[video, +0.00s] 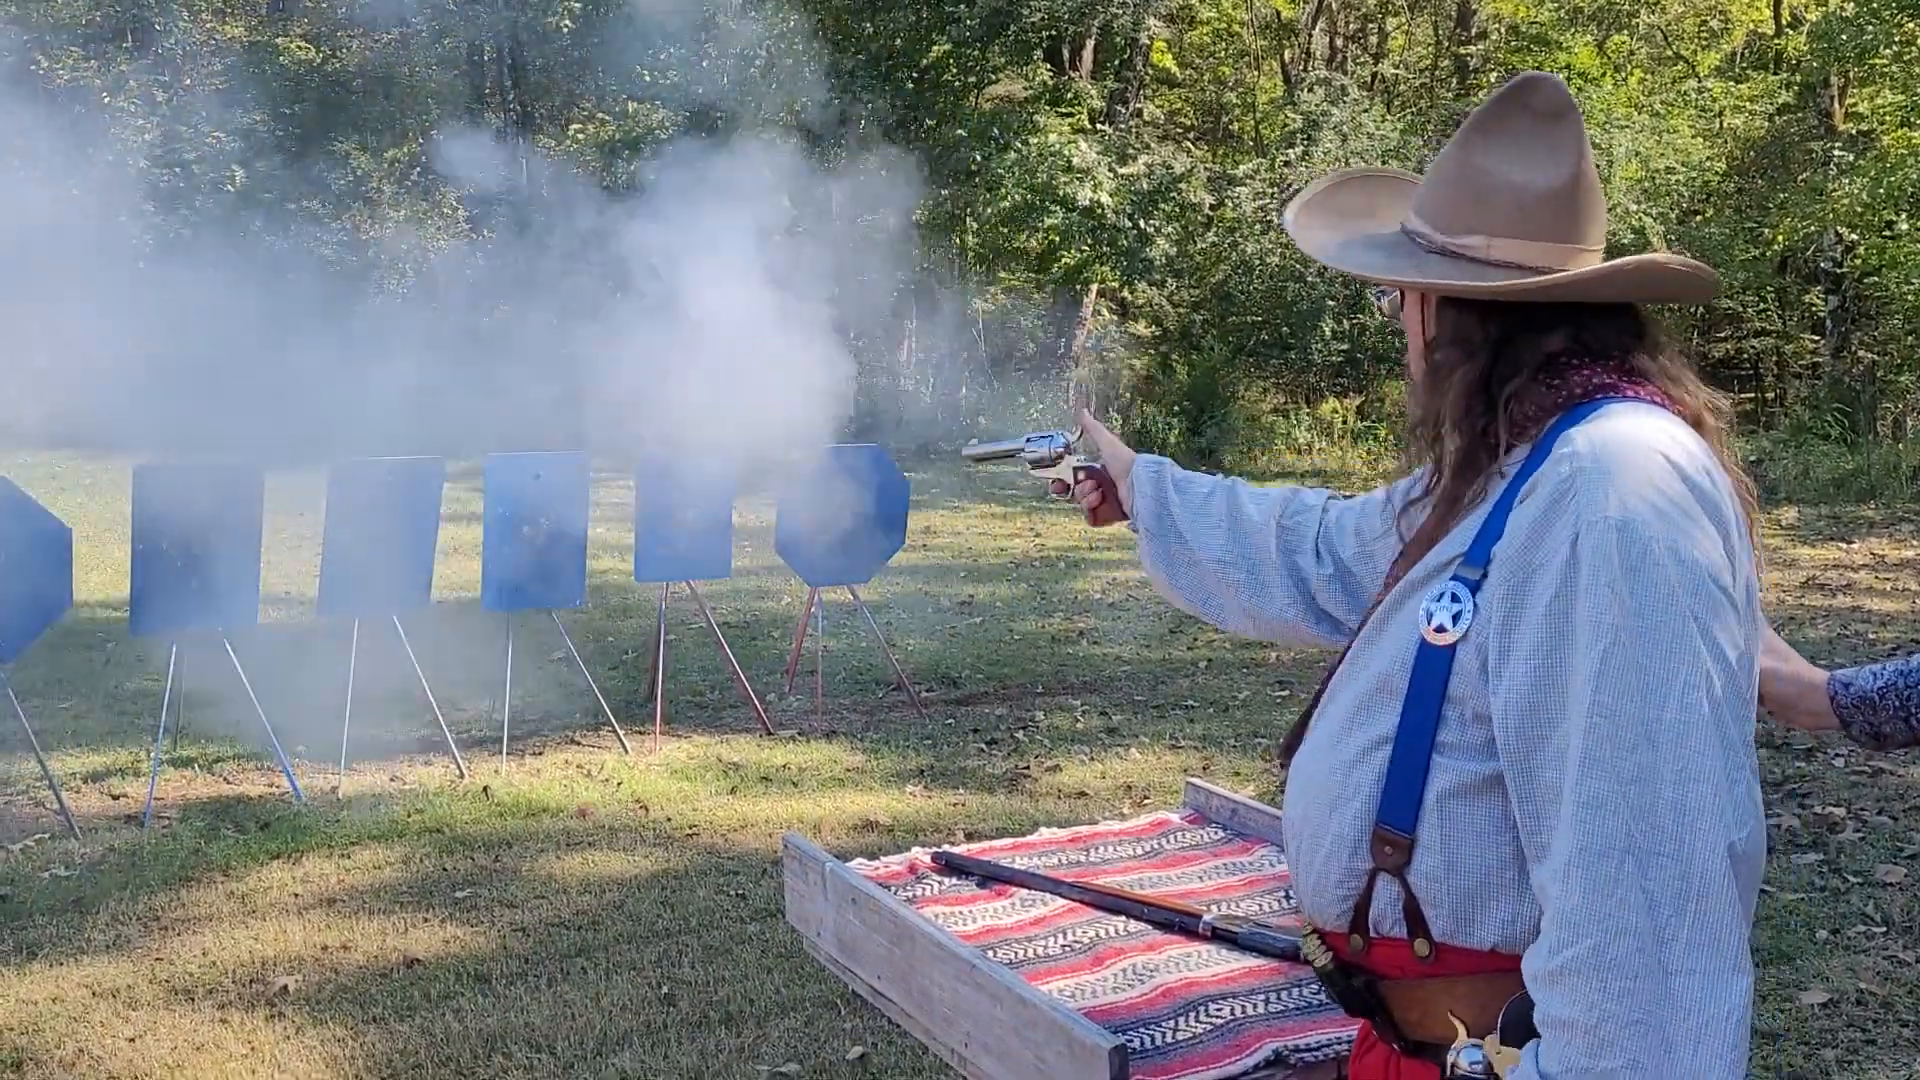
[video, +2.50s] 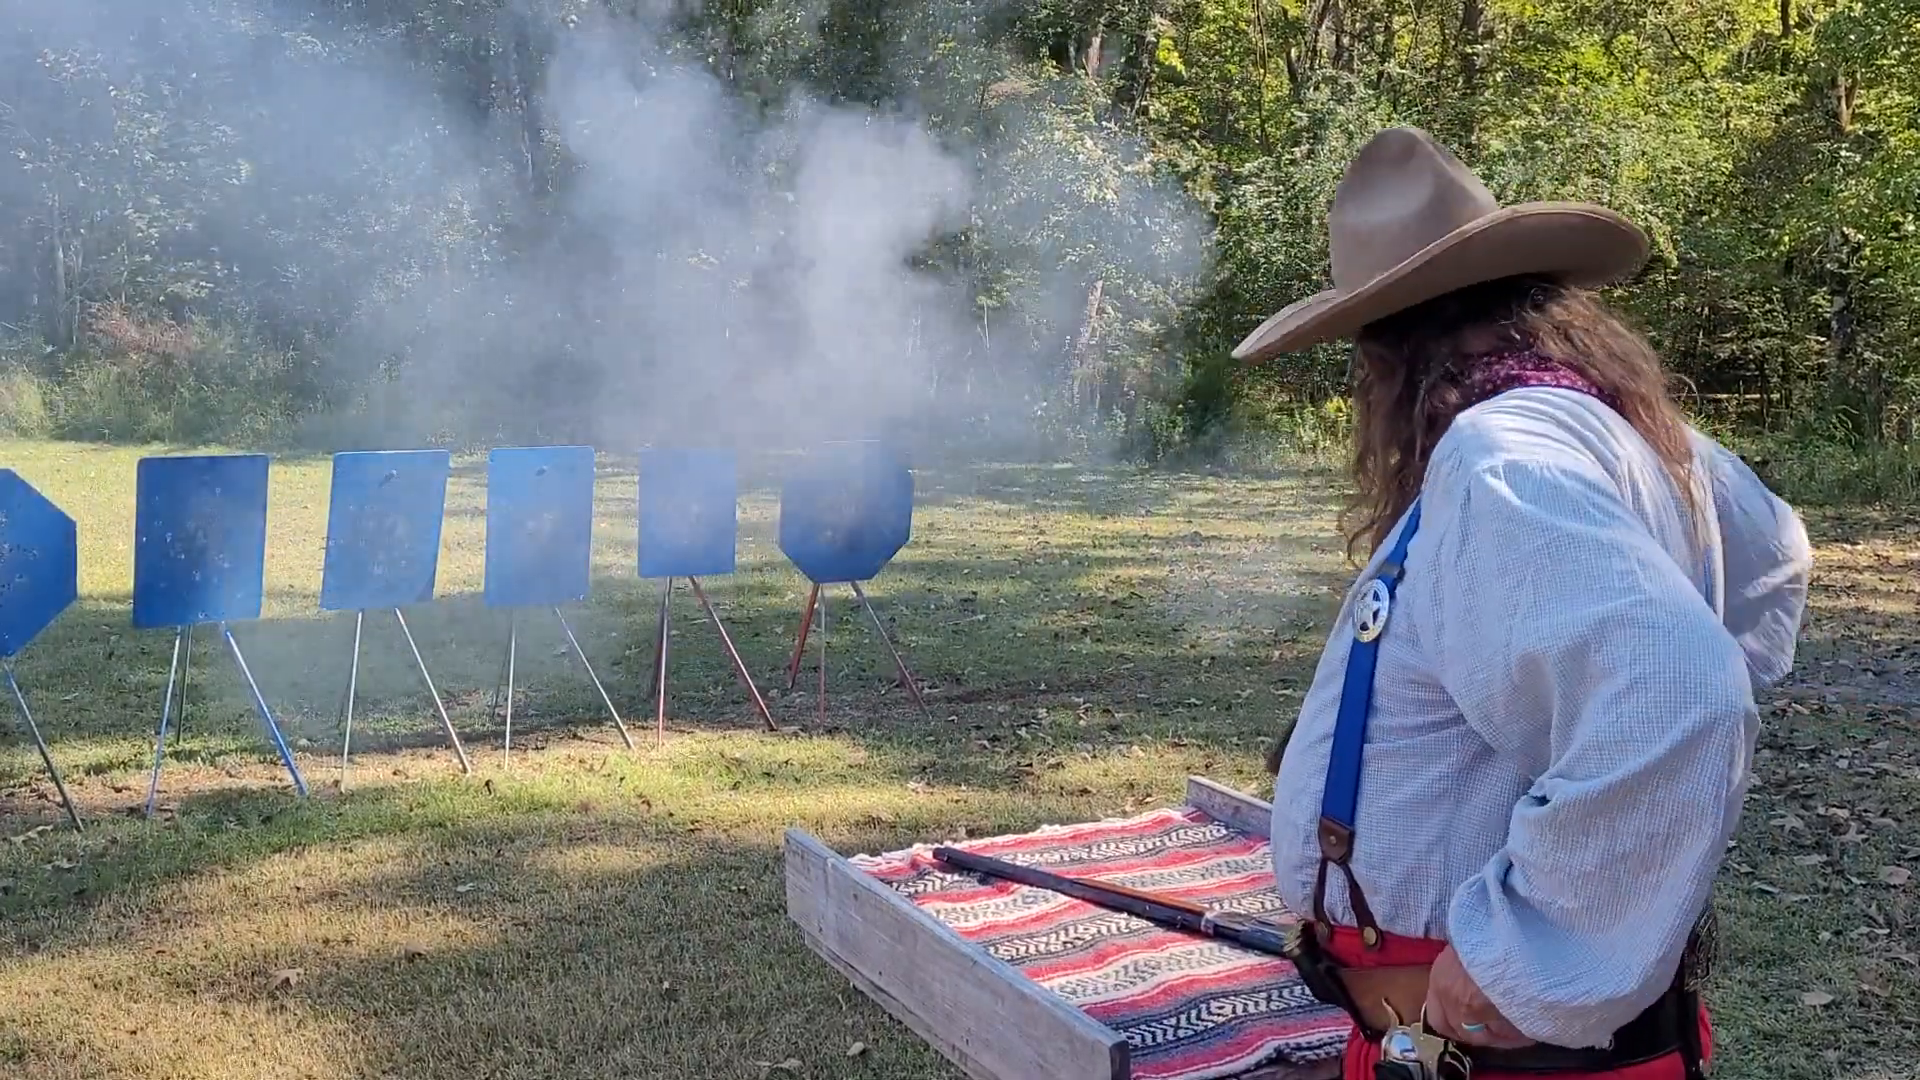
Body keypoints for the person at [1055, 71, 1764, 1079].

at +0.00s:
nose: (1396, 317)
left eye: (1403, 289)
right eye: (1398, 288)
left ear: (1438, 310)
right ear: (1541, 303)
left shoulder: (1623, 493)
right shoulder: (1496, 469)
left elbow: (1647, 917)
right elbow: (1325, 546)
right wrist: (1144, 489)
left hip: (1489, 1037)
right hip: (1397, 998)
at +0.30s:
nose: (1403, 318)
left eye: (1416, 294)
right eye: (1404, 291)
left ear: (1466, 314)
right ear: (1544, 308)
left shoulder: (1572, 494)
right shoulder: (1528, 462)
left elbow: (1563, 898)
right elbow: (1388, 534)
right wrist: (1256, 477)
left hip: (1483, 1028)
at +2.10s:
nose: (1409, 335)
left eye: (1420, 309)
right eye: (1412, 306)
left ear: (1462, 323)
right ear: (1572, 310)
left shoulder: (1548, 478)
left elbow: (1596, 811)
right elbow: (1412, 507)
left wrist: (1437, 1047)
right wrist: (1306, 423)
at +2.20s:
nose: (1403, 334)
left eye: (1415, 308)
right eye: (1407, 306)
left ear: (1459, 320)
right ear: (1572, 307)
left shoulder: (1543, 465)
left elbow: (1672, 763)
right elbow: (1429, 519)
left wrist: (1467, 985)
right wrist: (1332, 457)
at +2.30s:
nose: (1388, 345)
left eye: (1395, 318)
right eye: (1389, 317)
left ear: (1435, 326)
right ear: (1564, 307)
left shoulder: (1523, 456)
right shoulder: (1597, 427)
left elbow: (1695, 719)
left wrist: (1489, 953)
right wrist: (1398, 513)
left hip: (1489, 1045)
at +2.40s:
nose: (1370, 364)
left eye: (1376, 334)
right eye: (1368, 333)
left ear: (1410, 336)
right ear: (1536, 309)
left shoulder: (1512, 461)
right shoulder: (1611, 437)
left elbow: (1694, 709)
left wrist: (1502, 941)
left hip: (1486, 1048)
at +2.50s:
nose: (1361, 378)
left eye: (1364, 351)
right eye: (1358, 352)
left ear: (1395, 355)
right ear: (1534, 307)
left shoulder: (1497, 459)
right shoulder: (1627, 420)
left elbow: (1674, 697)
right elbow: (1771, 554)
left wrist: (1510, 951)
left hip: (1488, 1046)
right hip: (1617, 1019)